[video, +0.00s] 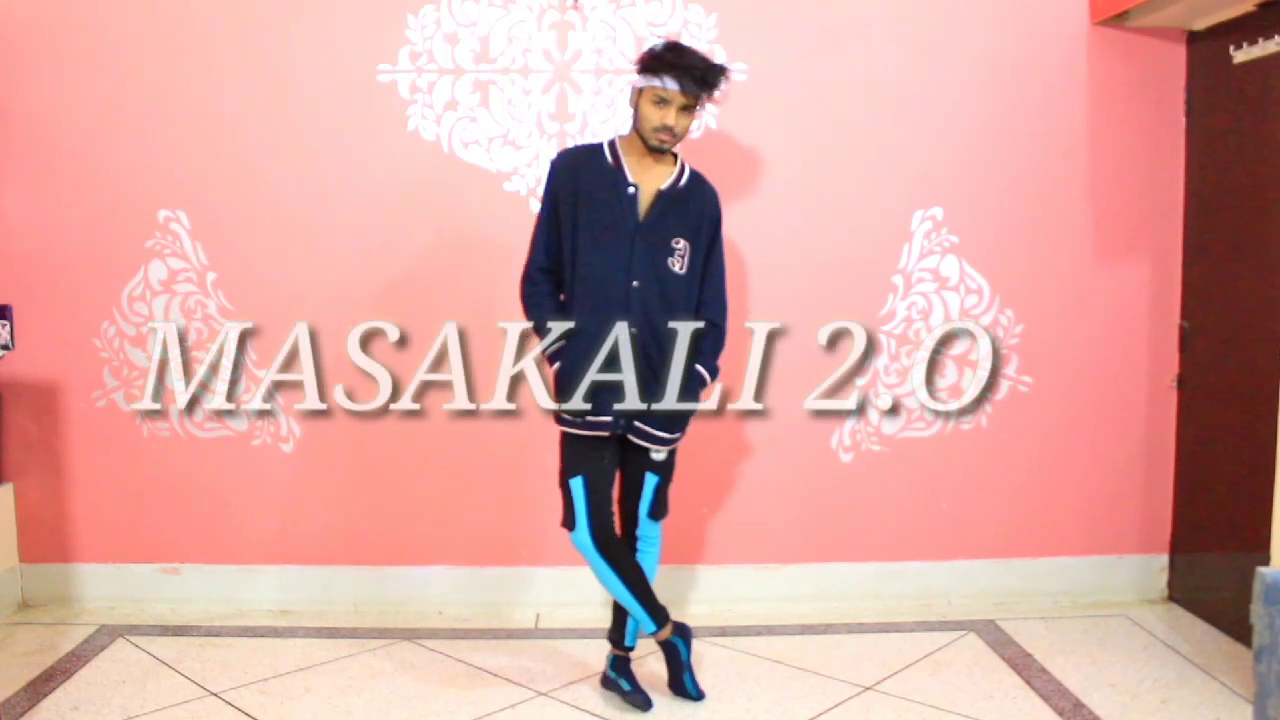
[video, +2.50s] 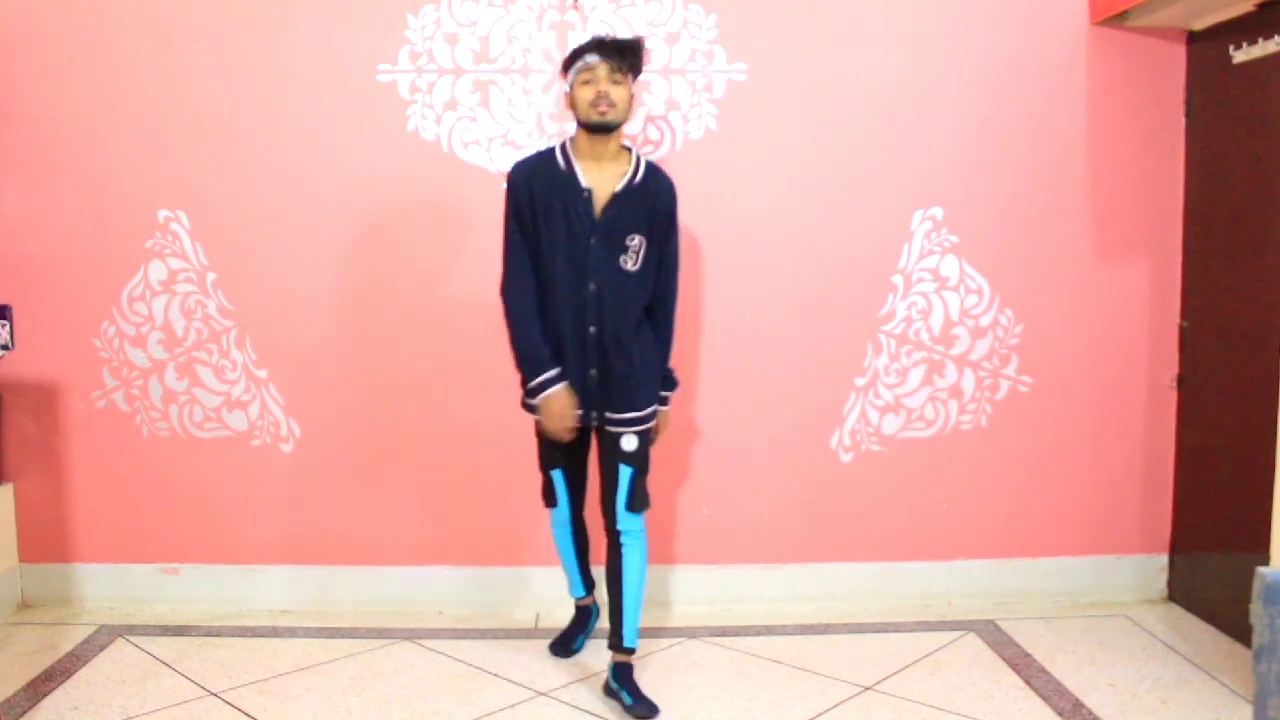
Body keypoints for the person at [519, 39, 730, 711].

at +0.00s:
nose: (669, 120)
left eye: (683, 110)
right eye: (660, 103)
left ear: (696, 117)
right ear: (635, 98)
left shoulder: (699, 196)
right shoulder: (575, 169)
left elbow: (712, 299)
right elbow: (539, 275)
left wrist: (703, 372)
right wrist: (559, 347)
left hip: (665, 386)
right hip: (588, 380)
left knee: (643, 524)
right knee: (586, 526)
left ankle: (619, 661)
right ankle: (669, 634)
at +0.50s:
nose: (652, 99)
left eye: (666, 89)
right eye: (639, 84)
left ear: (679, 101)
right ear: (616, 92)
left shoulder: (687, 194)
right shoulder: (564, 171)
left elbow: (696, 295)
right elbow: (526, 278)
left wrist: (701, 352)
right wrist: (556, 343)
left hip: (664, 381)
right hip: (590, 378)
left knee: (639, 523)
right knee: (597, 527)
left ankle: (616, 662)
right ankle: (675, 630)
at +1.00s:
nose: (624, 85)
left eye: (637, 73)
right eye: (610, 74)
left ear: (657, 85)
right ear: (593, 88)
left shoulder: (687, 180)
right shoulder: (557, 177)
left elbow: (722, 281)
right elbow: (525, 283)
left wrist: (761, 376)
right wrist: (486, 374)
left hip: (659, 383)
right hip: (582, 379)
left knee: (638, 525)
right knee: (587, 524)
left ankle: (618, 664)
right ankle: (593, 682)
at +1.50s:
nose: (590, 84)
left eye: (603, 75)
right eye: (576, 77)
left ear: (625, 91)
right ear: (560, 99)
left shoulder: (658, 170)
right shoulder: (536, 184)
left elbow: (657, 278)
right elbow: (538, 291)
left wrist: (601, 351)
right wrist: (600, 366)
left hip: (644, 369)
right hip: (572, 371)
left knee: (634, 513)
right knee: (564, 506)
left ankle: (618, 657)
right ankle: (573, 600)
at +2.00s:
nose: (566, 99)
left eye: (578, 90)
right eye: (553, 90)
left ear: (595, 104)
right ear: (535, 106)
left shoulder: (631, 177)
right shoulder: (511, 192)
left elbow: (666, 270)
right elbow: (492, 286)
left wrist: (687, 359)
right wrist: (474, 371)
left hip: (623, 358)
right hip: (554, 364)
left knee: (625, 489)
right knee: (569, 492)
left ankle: (605, 613)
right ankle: (586, 611)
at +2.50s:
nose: (602, 91)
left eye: (615, 80)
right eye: (589, 80)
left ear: (634, 95)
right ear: (568, 93)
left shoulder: (654, 186)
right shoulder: (532, 178)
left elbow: (662, 296)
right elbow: (517, 289)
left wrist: (659, 388)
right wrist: (543, 381)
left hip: (631, 380)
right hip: (559, 377)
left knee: (627, 516)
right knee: (562, 506)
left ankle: (624, 664)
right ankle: (583, 602)